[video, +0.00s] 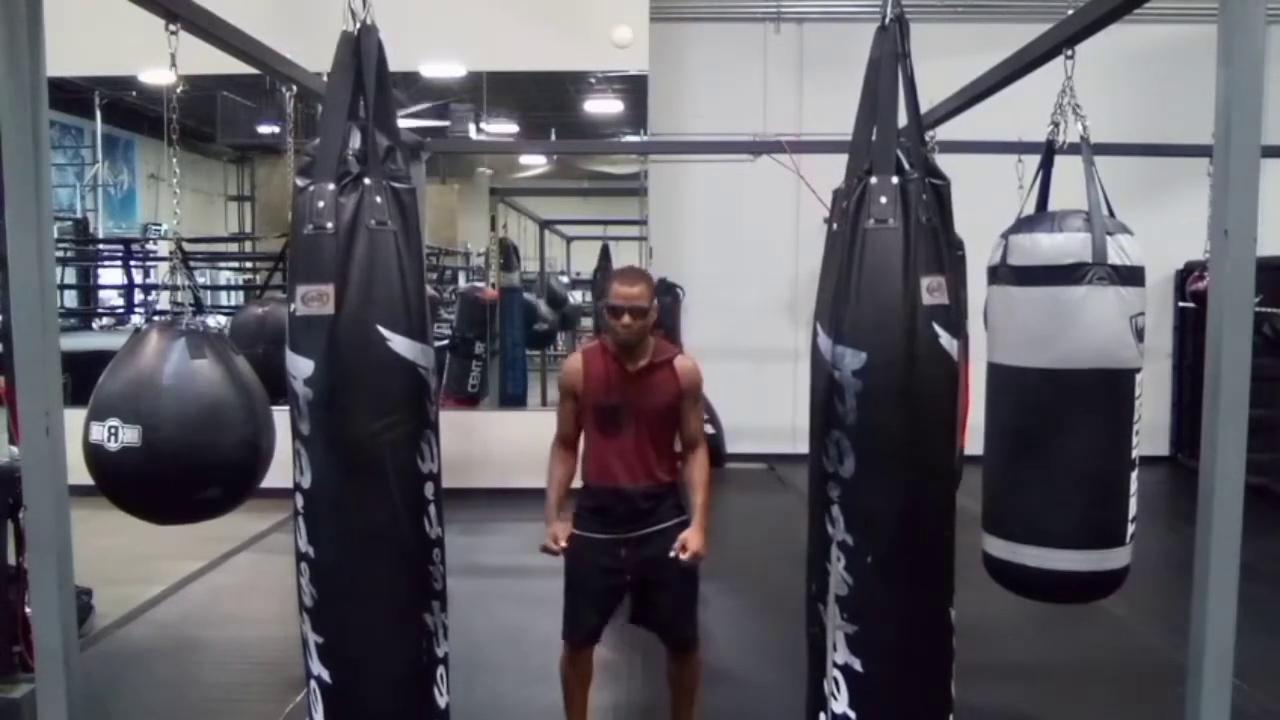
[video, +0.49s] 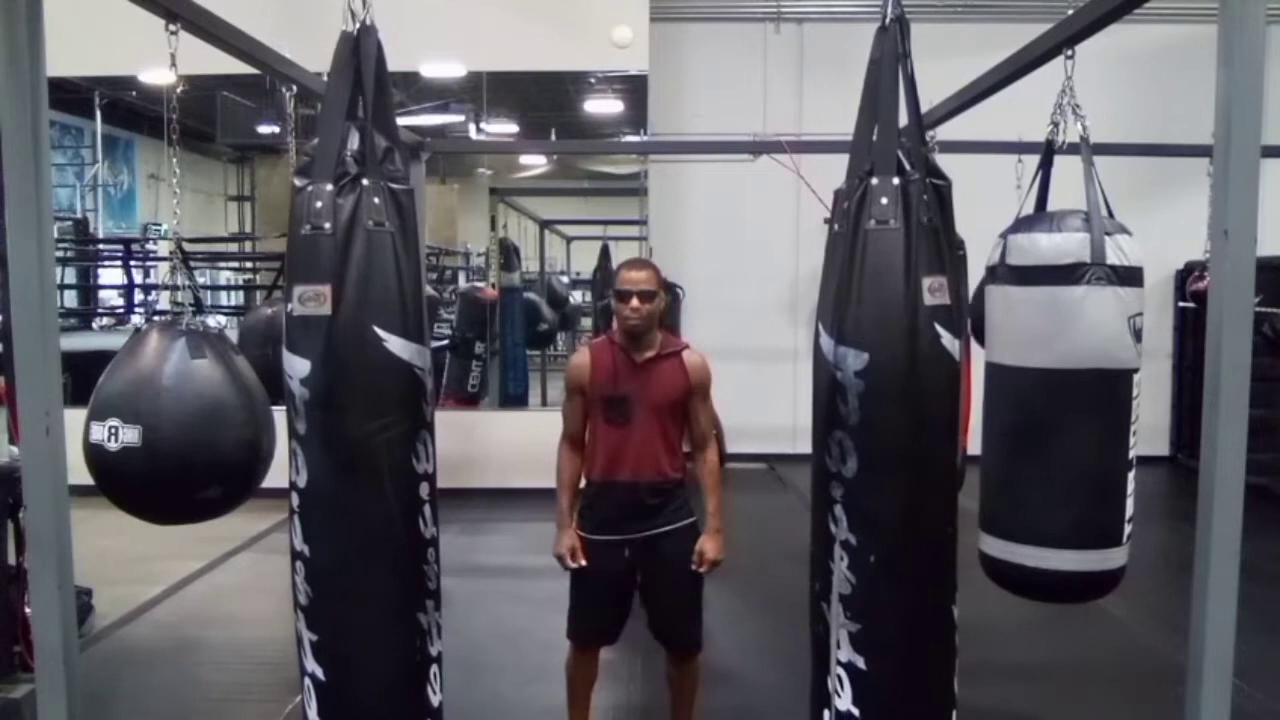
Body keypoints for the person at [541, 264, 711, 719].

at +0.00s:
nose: (624, 322)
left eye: (636, 313)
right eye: (615, 312)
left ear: (654, 314)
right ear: (602, 312)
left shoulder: (681, 371)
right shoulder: (579, 368)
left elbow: (694, 447)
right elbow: (564, 444)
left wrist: (698, 523)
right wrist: (553, 515)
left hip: (663, 514)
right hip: (597, 515)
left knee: (683, 644)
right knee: (578, 641)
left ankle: (683, 716)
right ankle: (576, 717)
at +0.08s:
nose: (627, 321)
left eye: (638, 312)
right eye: (617, 311)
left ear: (656, 312)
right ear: (604, 311)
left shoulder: (683, 370)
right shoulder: (580, 368)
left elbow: (696, 447)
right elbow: (567, 443)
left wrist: (700, 523)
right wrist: (558, 515)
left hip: (665, 514)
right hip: (598, 514)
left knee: (681, 642)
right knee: (580, 640)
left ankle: (683, 716)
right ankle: (576, 717)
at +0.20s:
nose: (631, 317)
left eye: (643, 307)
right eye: (622, 307)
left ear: (662, 308)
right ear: (610, 307)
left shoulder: (688, 367)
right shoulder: (584, 366)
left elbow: (702, 446)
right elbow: (572, 444)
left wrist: (708, 527)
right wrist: (566, 524)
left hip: (668, 514)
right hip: (602, 514)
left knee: (684, 644)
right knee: (582, 641)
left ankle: (683, 716)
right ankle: (577, 716)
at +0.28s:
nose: (632, 314)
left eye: (644, 304)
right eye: (622, 304)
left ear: (662, 307)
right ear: (611, 306)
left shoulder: (689, 366)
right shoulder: (585, 365)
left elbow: (704, 447)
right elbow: (573, 444)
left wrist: (710, 527)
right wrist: (567, 524)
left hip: (669, 513)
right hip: (603, 514)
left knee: (684, 645)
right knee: (583, 641)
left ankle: (683, 716)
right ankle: (577, 716)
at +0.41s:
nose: (633, 306)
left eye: (645, 298)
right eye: (623, 297)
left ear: (663, 303)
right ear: (612, 303)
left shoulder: (690, 364)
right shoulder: (585, 364)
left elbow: (704, 447)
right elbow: (572, 443)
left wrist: (715, 529)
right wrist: (566, 523)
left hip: (670, 512)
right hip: (602, 513)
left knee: (684, 645)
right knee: (585, 642)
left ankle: (683, 716)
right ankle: (577, 717)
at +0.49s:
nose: (633, 305)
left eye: (645, 296)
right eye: (624, 296)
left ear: (663, 302)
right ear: (612, 302)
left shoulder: (689, 364)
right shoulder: (586, 364)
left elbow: (705, 447)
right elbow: (572, 443)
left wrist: (713, 528)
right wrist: (565, 522)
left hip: (670, 514)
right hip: (602, 514)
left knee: (684, 646)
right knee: (585, 642)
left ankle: (683, 717)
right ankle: (578, 717)